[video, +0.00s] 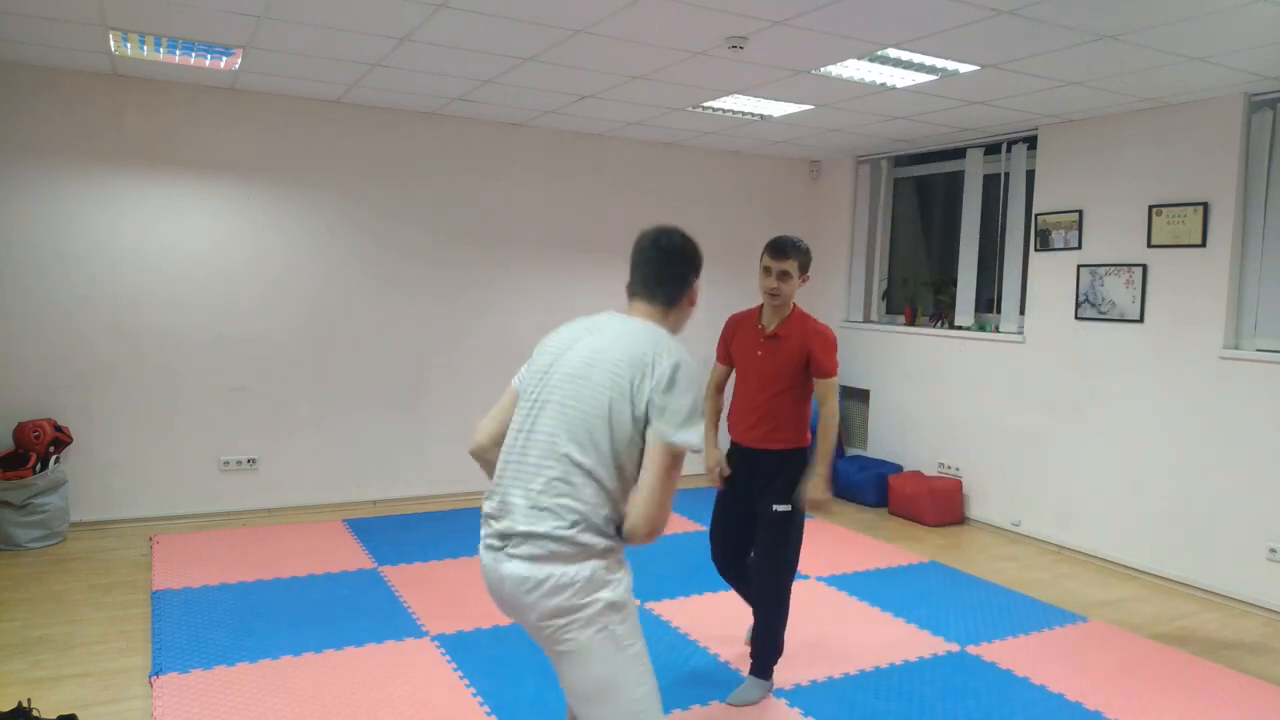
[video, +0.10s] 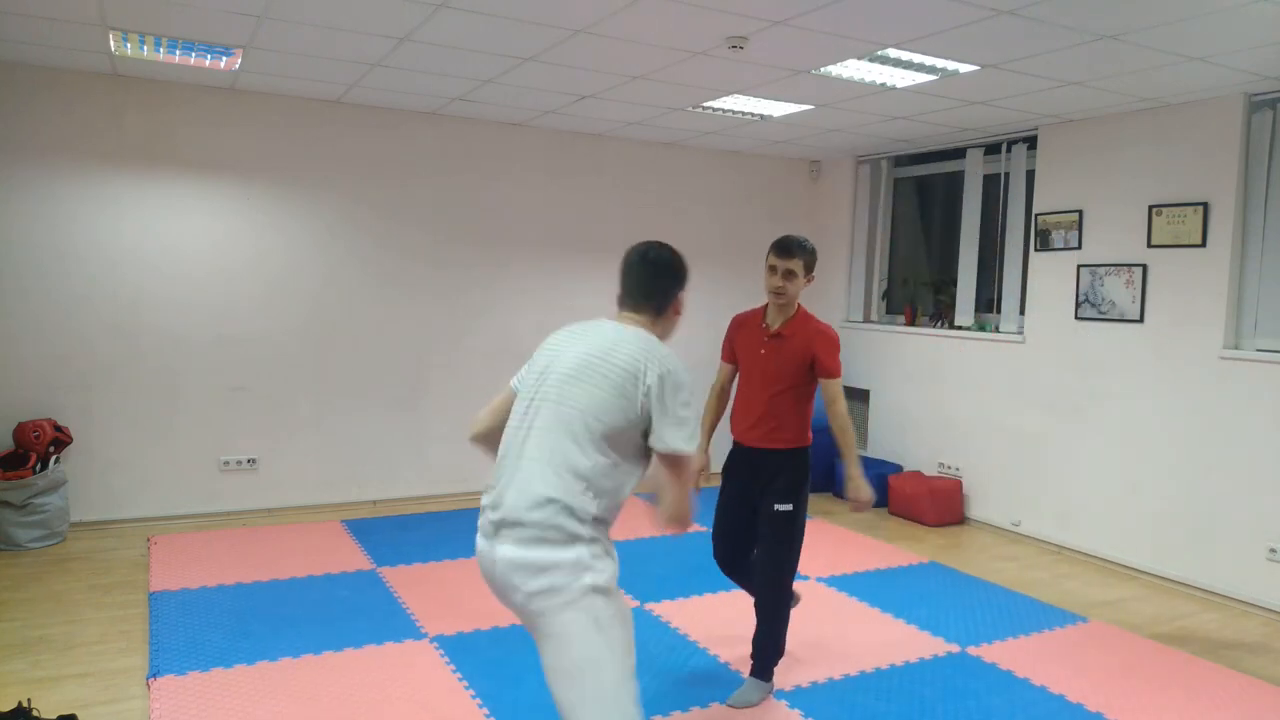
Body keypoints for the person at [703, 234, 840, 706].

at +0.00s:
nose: (774, 282)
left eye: (785, 275)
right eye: (767, 272)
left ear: (802, 280)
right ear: (758, 273)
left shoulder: (817, 337)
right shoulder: (737, 325)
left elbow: (829, 410)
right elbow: (714, 389)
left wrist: (819, 475)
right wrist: (711, 448)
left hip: (786, 463)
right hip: (740, 458)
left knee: (772, 571)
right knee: (724, 554)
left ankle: (761, 672)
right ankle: (768, 610)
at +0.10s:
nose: (779, 281)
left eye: (790, 274)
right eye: (773, 271)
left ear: (807, 280)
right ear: (763, 271)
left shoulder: (819, 336)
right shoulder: (742, 325)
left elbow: (837, 407)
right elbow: (720, 388)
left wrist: (854, 472)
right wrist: (702, 446)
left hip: (787, 463)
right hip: (742, 457)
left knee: (772, 573)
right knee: (728, 555)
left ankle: (761, 675)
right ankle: (780, 595)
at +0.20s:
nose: (783, 281)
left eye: (794, 275)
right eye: (778, 271)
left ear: (812, 281)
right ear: (769, 273)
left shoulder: (824, 337)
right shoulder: (748, 327)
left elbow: (853, 405)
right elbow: (725, 391)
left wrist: (875, 467)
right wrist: (701, 445)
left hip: (789, 462)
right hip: (745, 457)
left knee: (773, 572)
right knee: (736, 554)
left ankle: (761, 675)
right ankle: (789, 597)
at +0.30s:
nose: (787, 284)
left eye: (798, 277)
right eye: (782, 274)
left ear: (816, 283)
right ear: (774, 276)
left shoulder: (828, 338)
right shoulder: (755, 330)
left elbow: (858, 401)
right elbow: (734, 392)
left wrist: (879, 464)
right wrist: (706, 444)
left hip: (794, 460)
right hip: (752, 455)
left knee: (775, 564)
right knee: (761, 548)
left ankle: (763, 674)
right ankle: (799, 606)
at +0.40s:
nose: (791, 286)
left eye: (801, 278)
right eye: (786, 277)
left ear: (822, 282)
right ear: (780, 278)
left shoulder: (835, 337)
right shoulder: (768, 332)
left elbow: (857, 404)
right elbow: (747, 393)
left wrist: (872, 466)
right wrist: (719, 445)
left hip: (799, 459)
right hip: (758, 454)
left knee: (776, 563)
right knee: (777, 548)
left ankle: (763, 674)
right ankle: (807, 613)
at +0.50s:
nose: (799, 291)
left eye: (807, 282)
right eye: (794, 283)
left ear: (830, 284)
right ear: (790, 285)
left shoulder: (844, 342)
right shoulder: (781, 339)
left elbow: (854, 408)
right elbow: (761, 395)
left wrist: (851, 470)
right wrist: (736, 445)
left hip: (804, 460)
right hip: (764, 455)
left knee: (779, 564)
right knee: (780, 551)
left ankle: (763, 673)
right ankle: (810, 619)